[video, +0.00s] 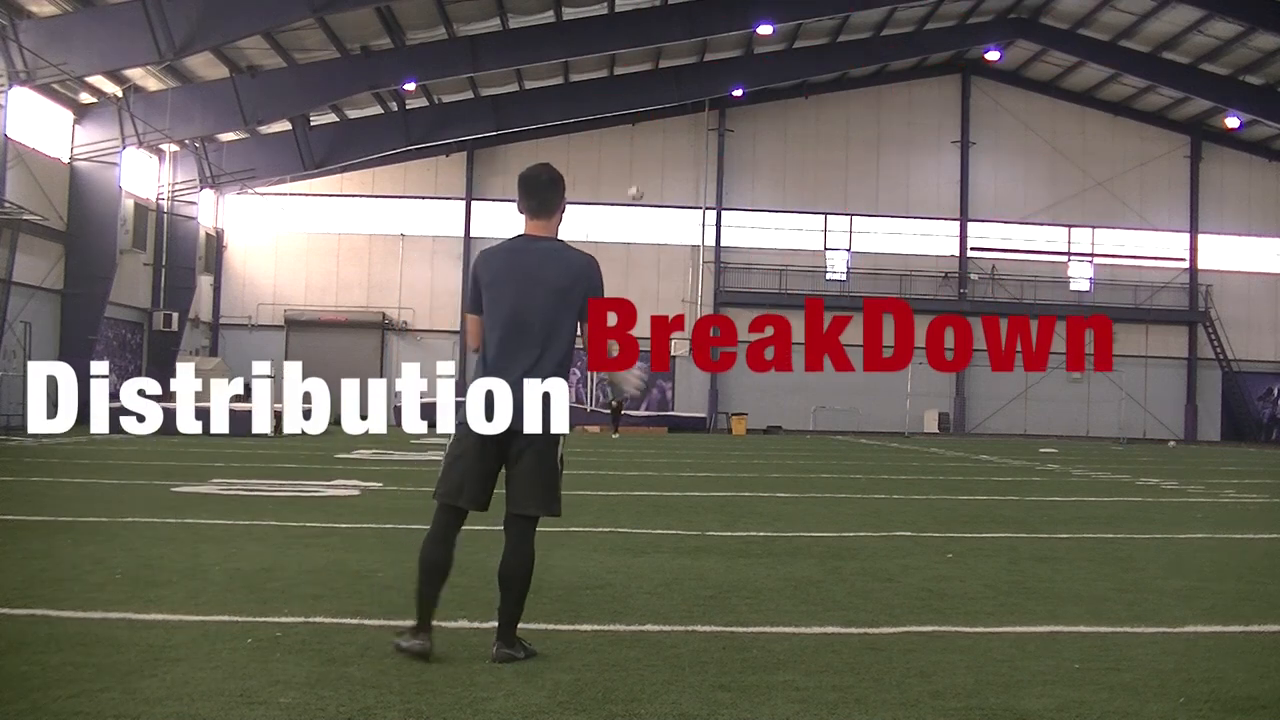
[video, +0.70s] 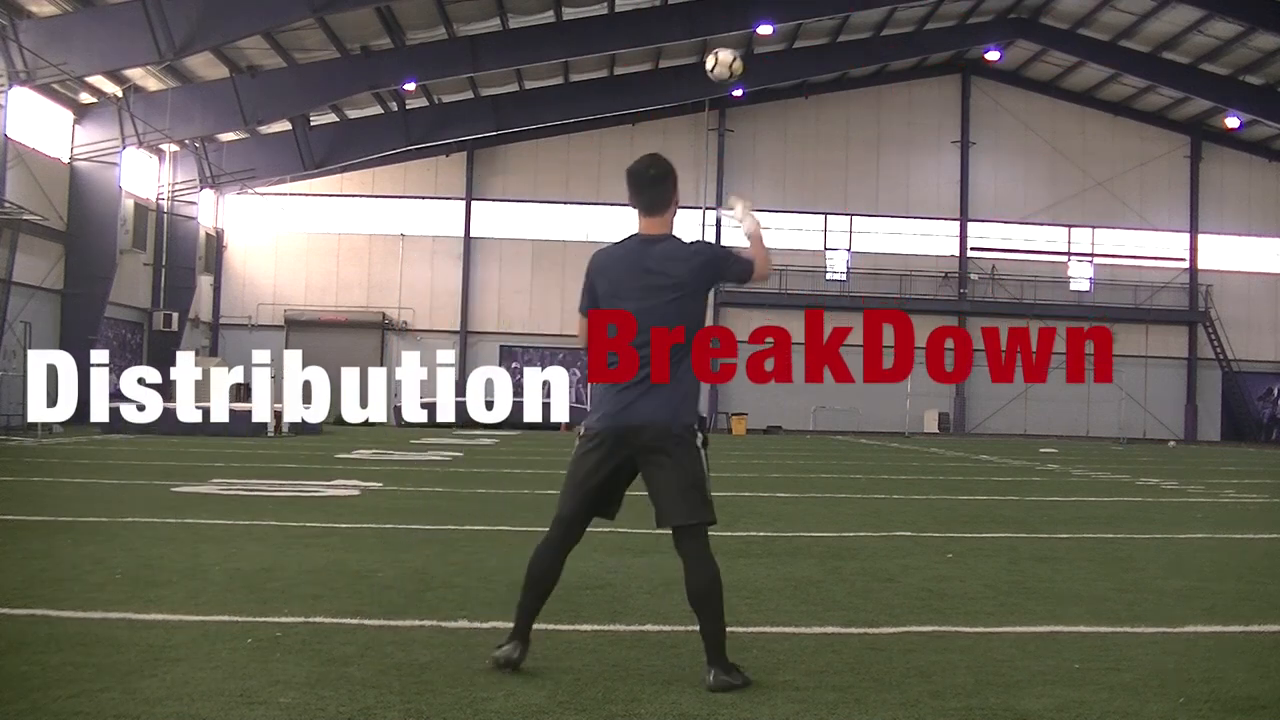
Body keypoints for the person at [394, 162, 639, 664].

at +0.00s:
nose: (563, 209)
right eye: (565, 201)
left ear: (520, 205)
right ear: (563, 205)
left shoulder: (487, 261)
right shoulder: (582, 267)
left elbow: (473, 340)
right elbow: (598, 343)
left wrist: (516, 326)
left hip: (484, 407)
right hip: (541, 413)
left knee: (447, 518)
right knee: (521, 529)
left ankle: (421, 629)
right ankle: (506, 639)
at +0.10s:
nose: (570, 210)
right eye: (573, 203)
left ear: (528, 206)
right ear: (571, 206)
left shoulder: (497, 259)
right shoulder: (589, 265)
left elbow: (493, 324)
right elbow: (595, 341)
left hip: (491, 407)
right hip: (547, 415)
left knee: (468, 519)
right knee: (526, 529)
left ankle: (458, 629)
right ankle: (507, 638)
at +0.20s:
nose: (570, 210)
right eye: (575, 201)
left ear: (533, 207)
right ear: (578, 206)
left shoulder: (505, 259)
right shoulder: (595, 266)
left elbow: (496, 326)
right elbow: (613, 339)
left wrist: (548, 325)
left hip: (501, 413)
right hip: (556, 420)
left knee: (495, 529)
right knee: (533, 534)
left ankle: (481, 647)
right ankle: (510, 638)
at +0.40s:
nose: (601, 207)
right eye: (603, 200)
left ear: (557, 205)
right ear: (601, 204)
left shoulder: (528, 261)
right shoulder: (616, 262)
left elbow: (535, 323)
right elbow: (644, 326)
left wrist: (603, 325)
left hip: (530, 416)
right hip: (590, 421)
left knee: (508, 534)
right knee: (621, 523)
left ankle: (484, 652)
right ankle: (586, 634)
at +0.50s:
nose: (621, 209)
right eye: (624, 201)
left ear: (580, 204)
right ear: (626, 204)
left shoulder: (551, 262)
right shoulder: (641, 266)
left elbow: (547, 330)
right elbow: (685, 326)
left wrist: (606, 324)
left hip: (550, 426)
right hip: (614, 430)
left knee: (519, 536)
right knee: (657, 535)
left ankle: (487, 651)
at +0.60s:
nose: (646, 211)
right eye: (652, 203)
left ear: (607, 209)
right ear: (652, 207)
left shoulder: (579, 269)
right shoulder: (670, 271)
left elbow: (567, 344)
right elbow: (728, 310)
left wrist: (617, 321)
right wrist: (720, 273)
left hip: (583, 432)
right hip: (644, 434)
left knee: (537, 543)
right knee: (682, 548)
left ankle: (492, 650)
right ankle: (716, 665)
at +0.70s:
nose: (675, 202)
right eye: (677, 195)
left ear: (631, 201)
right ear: (675, 199)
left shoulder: (602, 262)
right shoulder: (698, 258)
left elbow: (589, 334)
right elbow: (760, 267)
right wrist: (750, 224)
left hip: (607, 421)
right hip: (670, 423)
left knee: (561, 531)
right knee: (694, 545)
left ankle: (517, 639)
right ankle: (718, 665)